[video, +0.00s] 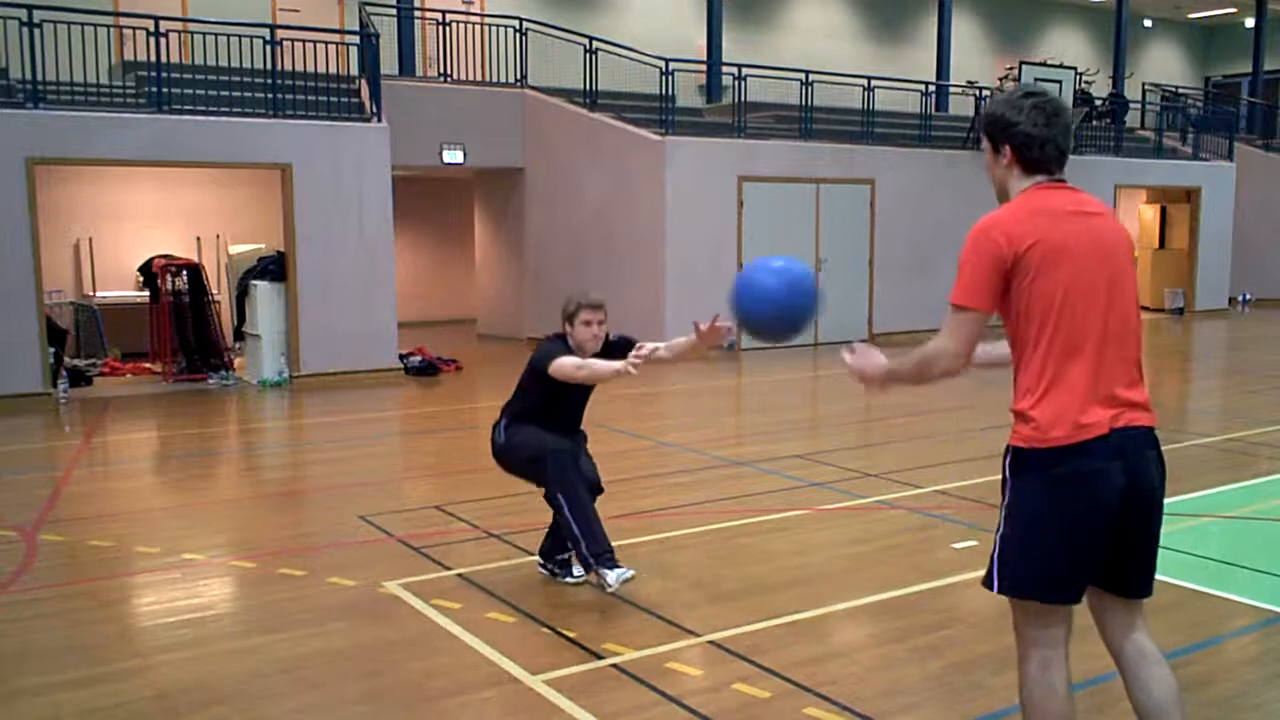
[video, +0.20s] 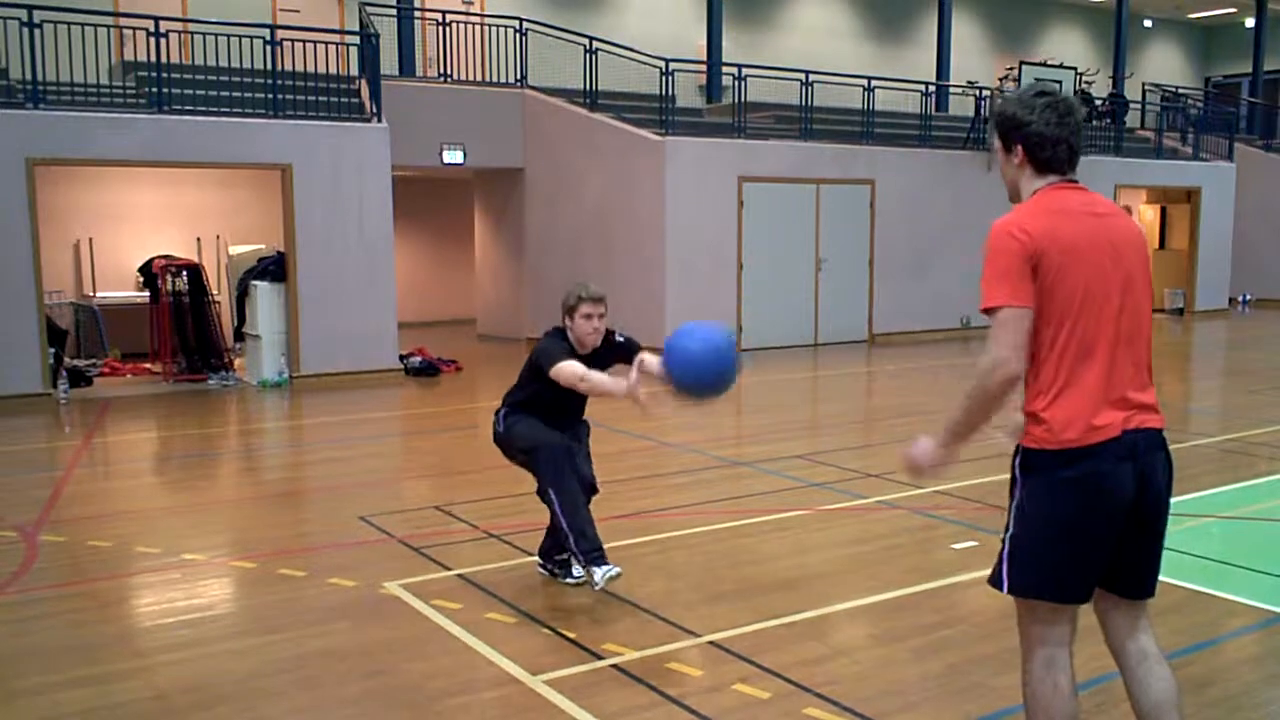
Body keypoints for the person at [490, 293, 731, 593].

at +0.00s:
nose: (596, 331)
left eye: (600, 324)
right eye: (587, 324)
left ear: (606, 326)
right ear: (569, 328)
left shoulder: (609, 348)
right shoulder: (549, 352)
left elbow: (661, 350)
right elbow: (578, 371)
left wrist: (698, 342)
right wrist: (618, 368)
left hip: (566, 438)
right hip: (518, 435)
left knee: (587, 485)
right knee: (560, 460)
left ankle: (554, 555)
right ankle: (602, 564)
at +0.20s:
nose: (596, 325)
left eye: (601, 318)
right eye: (587, 318)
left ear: (607, 319)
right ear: (568, 321)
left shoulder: (608, 342)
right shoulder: (550, 348)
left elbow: (647, 361)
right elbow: (580, 379)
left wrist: (681, 369)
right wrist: (623, 388)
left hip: (568, 427)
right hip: (520, 423)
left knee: (582, 485)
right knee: (557, 453)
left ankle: (553, 555)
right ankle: (593, 560)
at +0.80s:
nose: (602, 308)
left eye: (607, 300)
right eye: (592, 300)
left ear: (613, 299)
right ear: (571, 297)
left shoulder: (615, 322)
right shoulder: (548, 310)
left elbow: (667, 351)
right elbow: (546, 343)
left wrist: (687, 343)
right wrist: (597, 323)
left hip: (571, 398)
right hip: (523, 388)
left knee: (579, 471)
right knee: (550, 441)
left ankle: (553, 541)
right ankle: (562, 544)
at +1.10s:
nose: (599, 375)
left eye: (605, 367)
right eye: (592, 367)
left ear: (611, 363)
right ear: (574, 360)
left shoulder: (612, 388)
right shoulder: (549, 370)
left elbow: (660, 433)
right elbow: (524, 380)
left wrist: (710, 469)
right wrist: (510, 385)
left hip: (564, 449)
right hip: (516, 442)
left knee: (585, 486)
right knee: (542, 475)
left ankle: (547, 569)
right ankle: (560, 578)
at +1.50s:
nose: (531, 419)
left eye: (536, 411)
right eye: (523, 412)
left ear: (542, 412)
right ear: (507, 415)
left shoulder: (557, 446)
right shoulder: (490, 452)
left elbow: (618, 454)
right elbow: (506, 469)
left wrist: (621, 410)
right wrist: (541, 414)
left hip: (559, 543)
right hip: (516, 550)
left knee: (594, 468)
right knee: (532, 498)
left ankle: (554, 569)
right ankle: (585, 559)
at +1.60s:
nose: (508, 430)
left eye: (509, 424)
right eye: (501, 425)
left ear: (512, 425)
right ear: (482, 431)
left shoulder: (528, 458)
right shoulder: (470, 473)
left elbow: (596, 460)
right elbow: (478, 492)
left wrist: (591, 407)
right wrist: (494, 435)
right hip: (518, 553)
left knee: (592, 462)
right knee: (520, 469)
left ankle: (572, 559)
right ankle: (579, 517)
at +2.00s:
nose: (464, 475)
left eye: (465, 472)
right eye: (456, 476)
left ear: (477, 474)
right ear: (447, 493)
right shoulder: (450, 515)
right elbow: (411, 469)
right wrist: (403, 500)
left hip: (550, 504)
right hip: (501, 510)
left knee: (514, 437)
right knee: (473, 444)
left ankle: (516, 352)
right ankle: (477, 356)